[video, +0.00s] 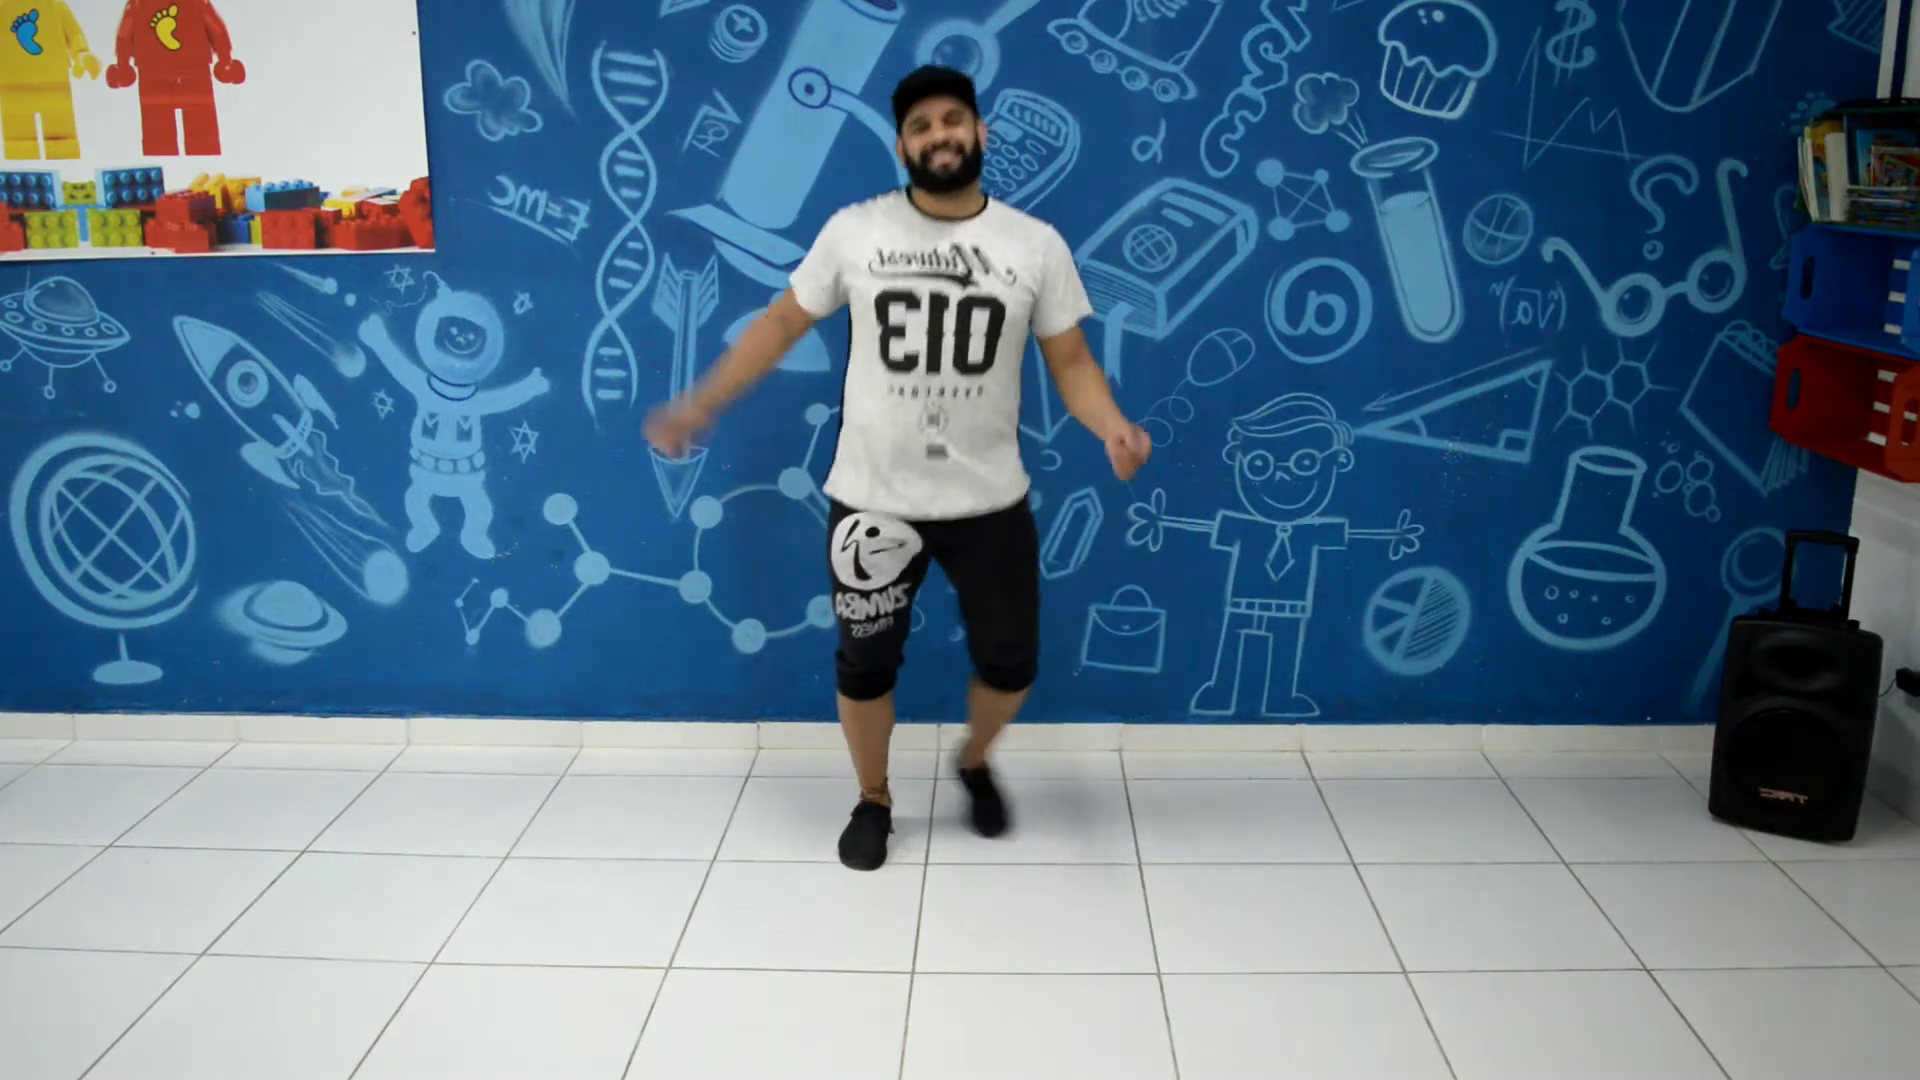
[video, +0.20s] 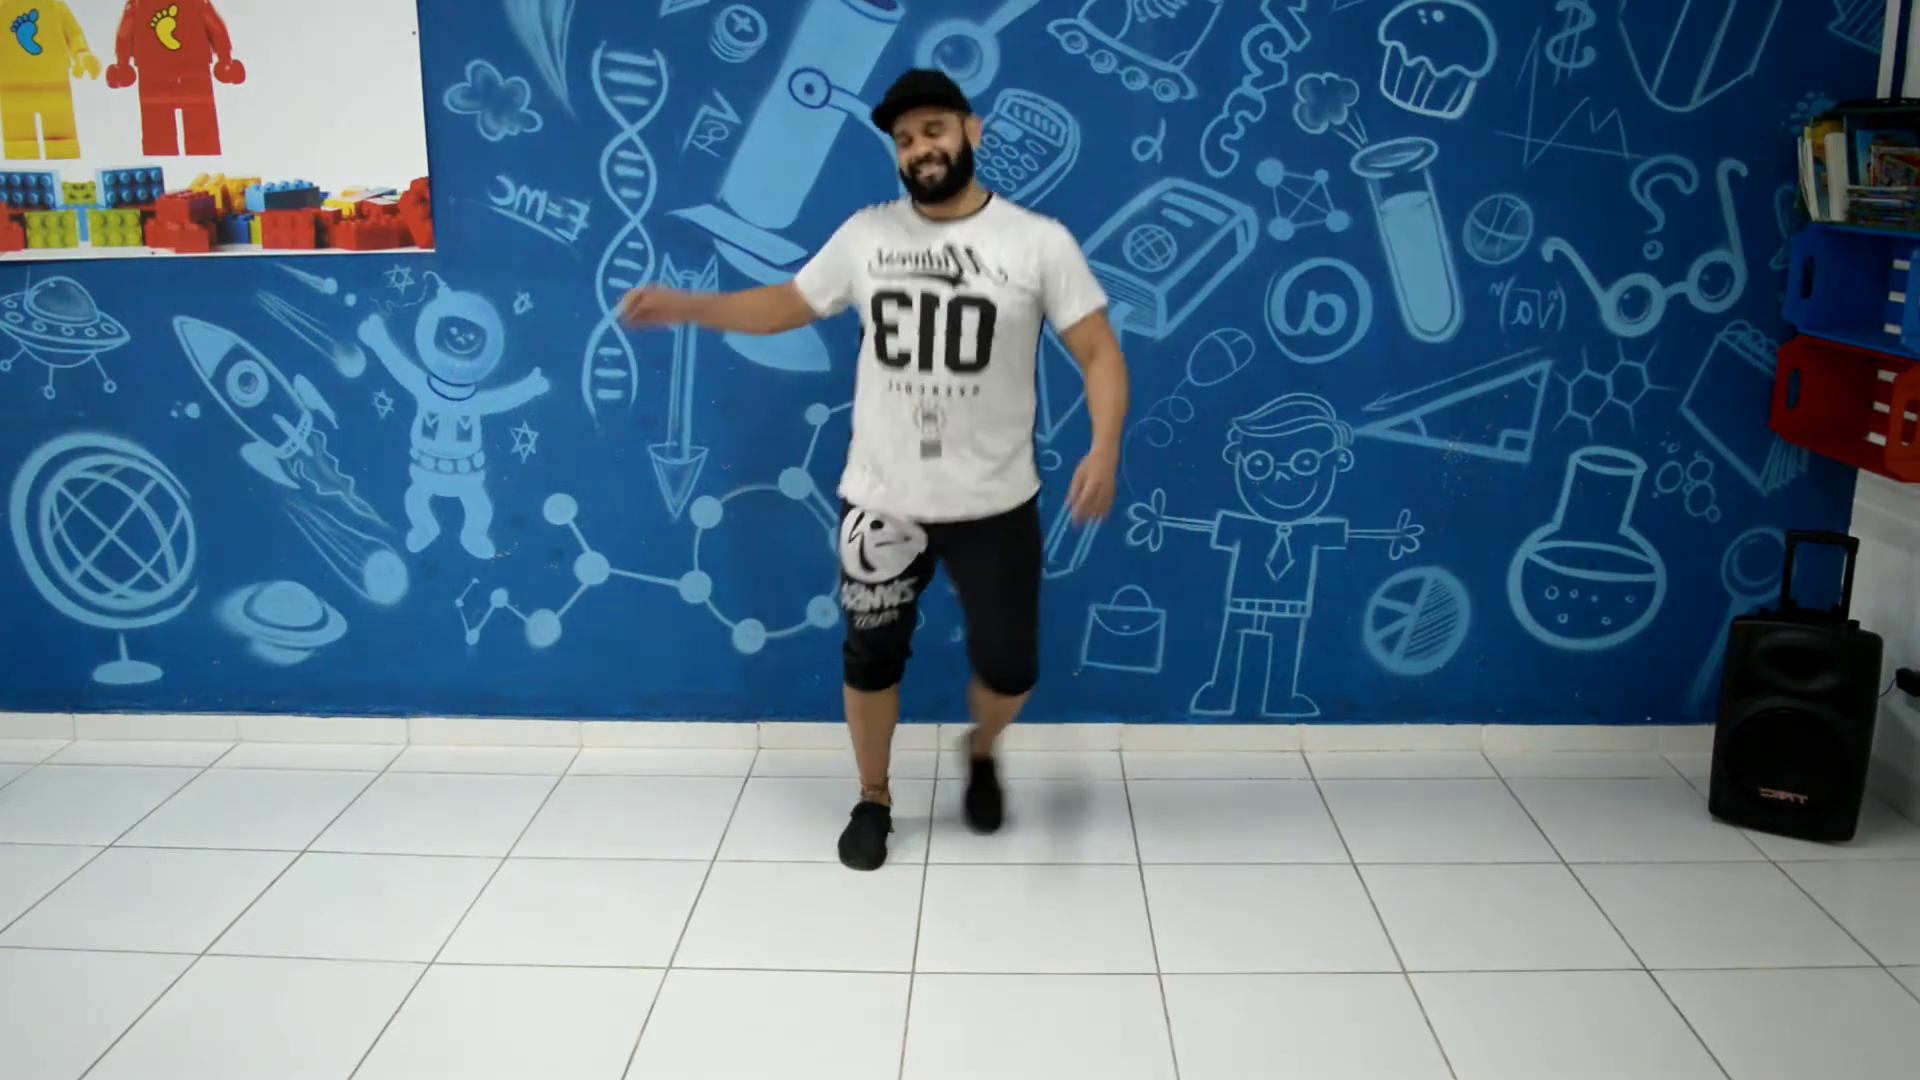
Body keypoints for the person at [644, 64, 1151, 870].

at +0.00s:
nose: (941, 135)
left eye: (954, 121)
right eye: (923, 126)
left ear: (981, 134)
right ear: (901, 148)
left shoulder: (1035, 248)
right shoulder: (854, 236)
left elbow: (1071, 360)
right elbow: (778, 325)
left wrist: (1113, 424)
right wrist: (700, 403)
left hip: (988, 494)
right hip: (875, 491)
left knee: (1010, 665)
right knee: (865, 664)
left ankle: (975, 763)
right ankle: (871, 800)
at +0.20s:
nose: (922, 149)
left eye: (935, 131)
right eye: (906, 139)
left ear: (972, 132)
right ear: (894, 154)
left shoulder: (1038, 244)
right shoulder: (865, 238)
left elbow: (1101, 355)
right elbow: (788, 303)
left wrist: (1105, 449)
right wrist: (686, 307)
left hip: (996, 496)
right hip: (884, 492)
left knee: (1010, 670)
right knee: (870, 658)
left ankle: (982, 753)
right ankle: (872, 800)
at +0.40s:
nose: (923, 172)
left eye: (937, 154)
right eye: (913, 158)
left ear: (983, 148)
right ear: (905, 163)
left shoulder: (1055, 253)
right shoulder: (905, 250)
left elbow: (1133, 365)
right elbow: (838, 343)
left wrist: (1116, 490)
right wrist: (807, 306)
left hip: (1017, 509)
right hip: (912, 501)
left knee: (1043, 671)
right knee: (870, 651)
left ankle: (1115, 793)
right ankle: (891, 806)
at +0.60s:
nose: (970, 168)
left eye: (989, 152)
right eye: (961, 154)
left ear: (1034, 156)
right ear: (950, 164)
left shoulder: (1086, 253)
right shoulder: (940, 262)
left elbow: (1146, 372)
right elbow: (895, 371)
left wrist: (1150, 497)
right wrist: (927, 367)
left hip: (1061, 503)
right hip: (960, 496)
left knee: (1085, 662)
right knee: (907, 642)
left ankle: (1142, 800)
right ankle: (893, 804)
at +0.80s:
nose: (1041, 151)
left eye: (1059, 140)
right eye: (1027, 135)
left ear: (1078, 155)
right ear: (1000, 141)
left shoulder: (1122, 239)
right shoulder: (946, 254)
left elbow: (1167, 365)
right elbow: (933, 386)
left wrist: (1150, 488)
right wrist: (1004, 494)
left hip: (1111, 490)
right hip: (1006, 494)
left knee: (1125, 655)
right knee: (966, 648)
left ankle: (1134, 798)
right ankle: (1054, 739)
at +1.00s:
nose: (1056, 154)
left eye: (1072, 143)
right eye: (1041, 140)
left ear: (1090, 160)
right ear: (1013, 153)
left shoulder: (1134, 251)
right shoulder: (959, 268)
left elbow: (1161, 377)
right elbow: (942, 402)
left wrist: (1092, 478)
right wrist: (994, 512)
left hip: (1119, 497)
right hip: (1014, 509)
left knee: (1129, 658)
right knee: (1011, 669)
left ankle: (1135, 798)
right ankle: (1084, 738)